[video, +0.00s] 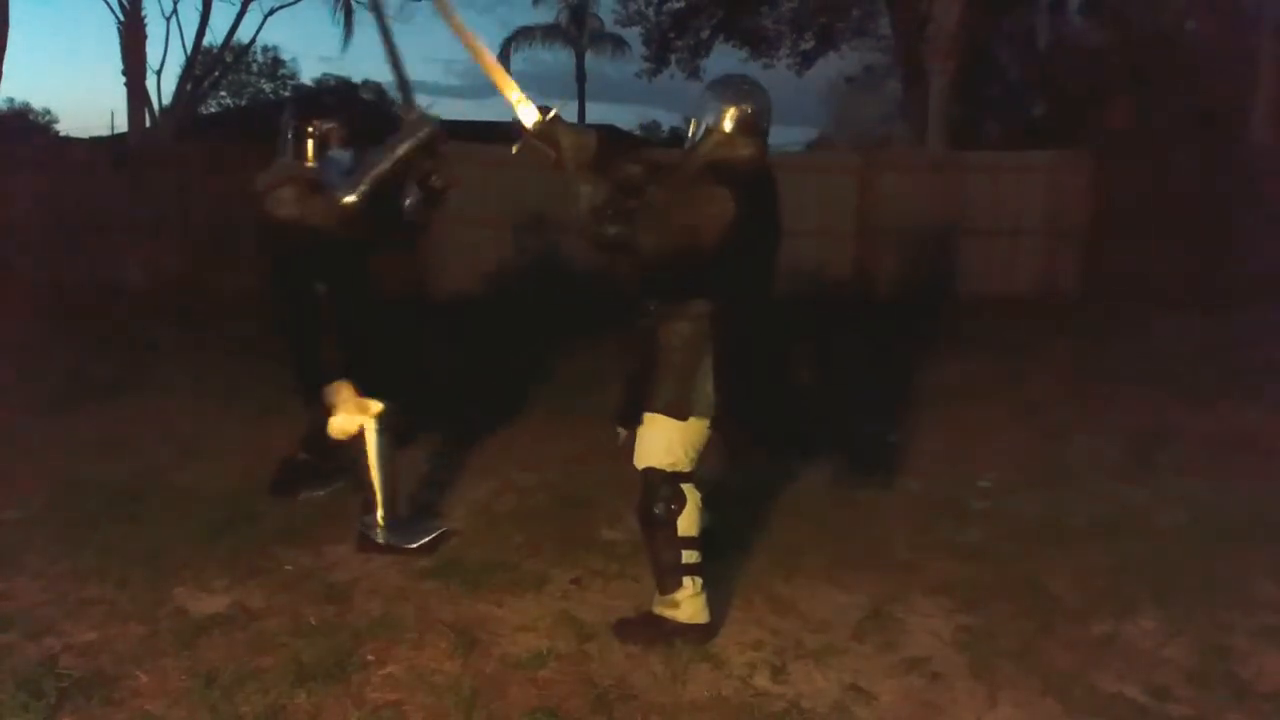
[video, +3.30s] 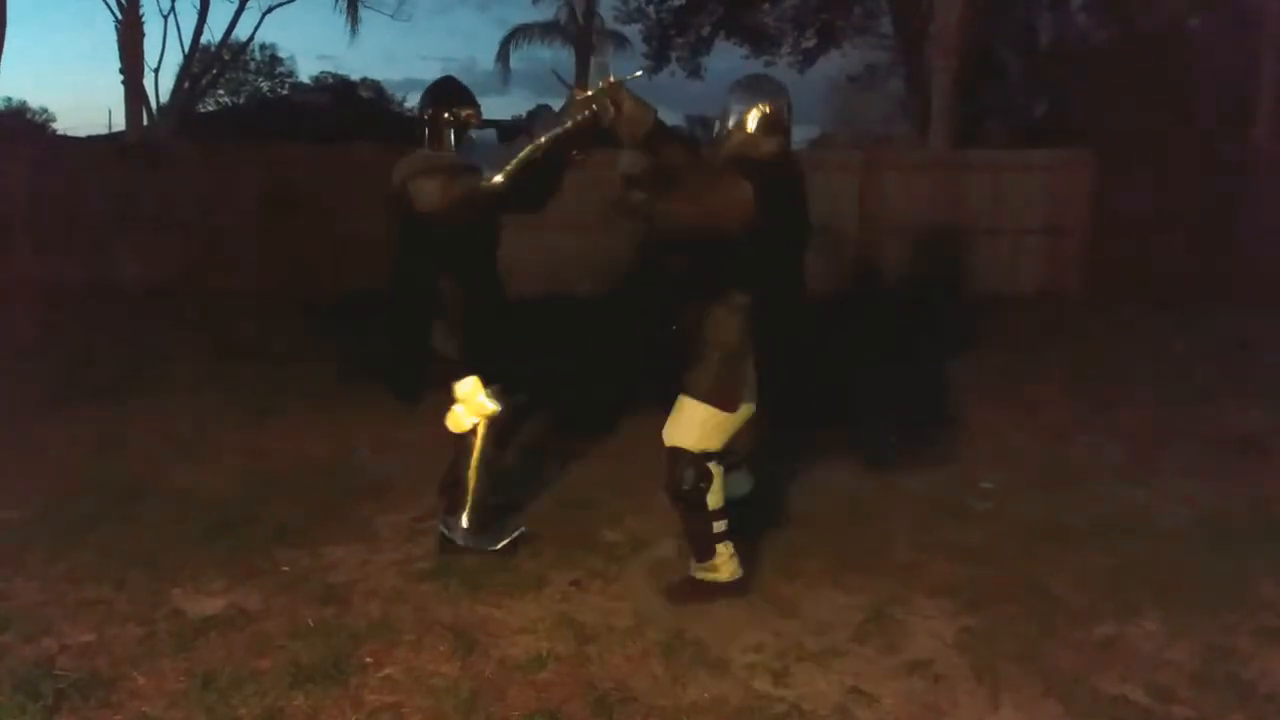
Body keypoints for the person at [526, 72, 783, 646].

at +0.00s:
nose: (694, 125)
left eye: (705, 116)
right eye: (698, 116)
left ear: (729, 119)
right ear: (741, 119)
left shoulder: (733, 182)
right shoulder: (708, 169)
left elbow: (664, 237)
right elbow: (636, 158)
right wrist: (559, 135)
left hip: (702, 336)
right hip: (682, 331)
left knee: (665, 466)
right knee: (659, 456)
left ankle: (683, 606)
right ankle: (678, 596)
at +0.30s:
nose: (693, 130)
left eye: (703, 120)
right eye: (698, 120)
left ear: (727, 123)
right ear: (747, 124)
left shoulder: (728, 189)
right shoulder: (738, 182)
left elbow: (672, 239)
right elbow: (662, 212)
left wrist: (598, 226)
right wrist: (595, 204)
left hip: (700, 344)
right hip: (703, 339)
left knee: (664, 469)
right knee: (672, 466)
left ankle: (683, 604)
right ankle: (682, 598)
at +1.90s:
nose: (739, 128)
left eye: (747, 117)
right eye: (745, 117)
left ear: (762, 120)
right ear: (804, 121)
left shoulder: (765, 187)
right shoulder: (814, 183)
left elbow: (706, 257)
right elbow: (727, 246)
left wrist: (633, 254)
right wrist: (662, 236)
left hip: (747, 353)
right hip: (784, 345)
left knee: (728, 499)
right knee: (748, 472)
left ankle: (759, 644)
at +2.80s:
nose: (749, 145)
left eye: (758, 135)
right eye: (758, 136)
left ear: (771, 137)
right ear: (809, 142)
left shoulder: (776, 198)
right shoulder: (799, 195)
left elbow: (712, 252)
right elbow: (721, 235)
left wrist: (645, 214)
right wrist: (657, 205)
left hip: (744, 362)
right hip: (782, 349)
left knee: (717, 509)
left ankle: (777, 658)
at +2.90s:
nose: (740, 146)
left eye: (748, 136)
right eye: (747, 136)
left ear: (762, 139)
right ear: (801, 142)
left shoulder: (767, 202)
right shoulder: (794, 198)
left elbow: (704, 235)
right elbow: (713, 213)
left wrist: (643, 208)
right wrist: (655, 184)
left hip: (738, 366)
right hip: (766, 359)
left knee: (725, 510)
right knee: (744, 494)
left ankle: (775, 655)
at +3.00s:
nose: (736, 143)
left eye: (744, 132)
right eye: (744, 132)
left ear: (755, 134)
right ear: (789, 136)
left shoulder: (757, 193)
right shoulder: (782, 190)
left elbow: (702, 226)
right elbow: (704, 192)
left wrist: (642, 182)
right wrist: (654, 157)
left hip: (738, 343)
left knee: (737, 486)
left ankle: (767, 632)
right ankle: (725, 525)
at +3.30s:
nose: (722, 131)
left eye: (733, 122)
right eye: (728, 122)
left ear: (752, 126)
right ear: (777, 126)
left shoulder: (755, 182)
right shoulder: (777, 175)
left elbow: (694, 207)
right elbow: (693, 164)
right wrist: (639, 122)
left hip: (740, 325)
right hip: (758, 319)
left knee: (687, 446)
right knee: (726, 422)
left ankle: (716, 564)